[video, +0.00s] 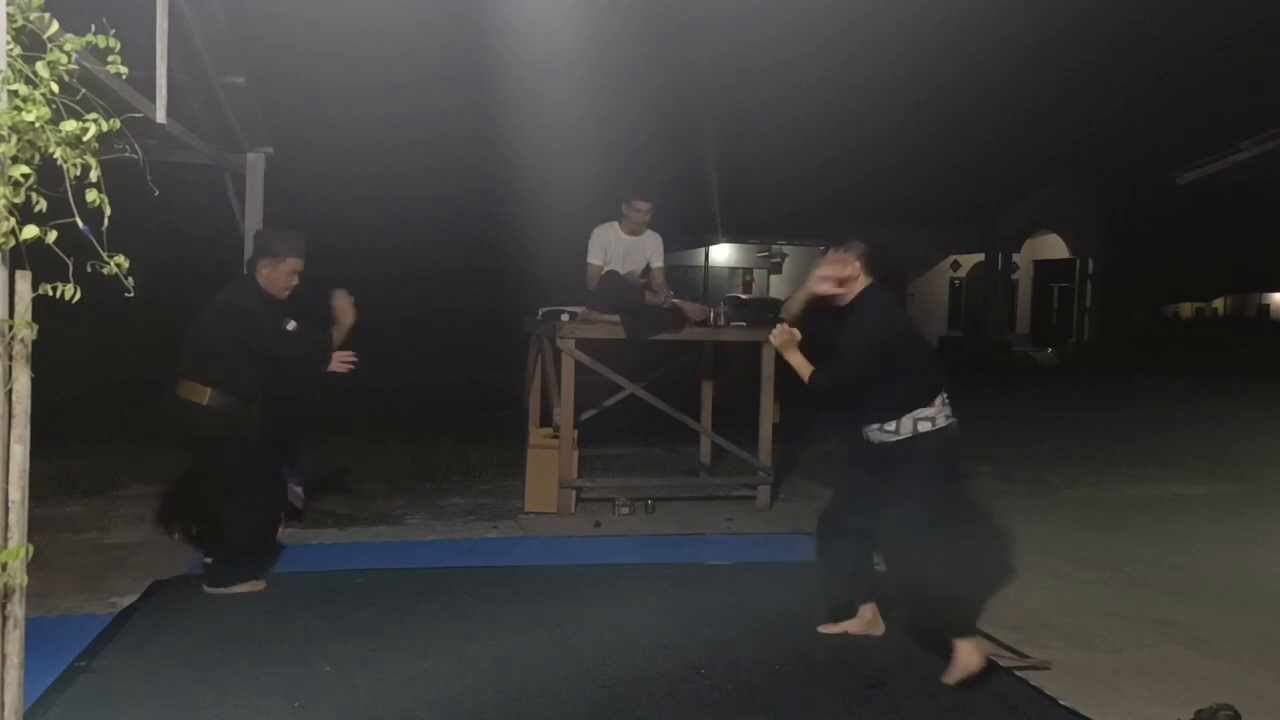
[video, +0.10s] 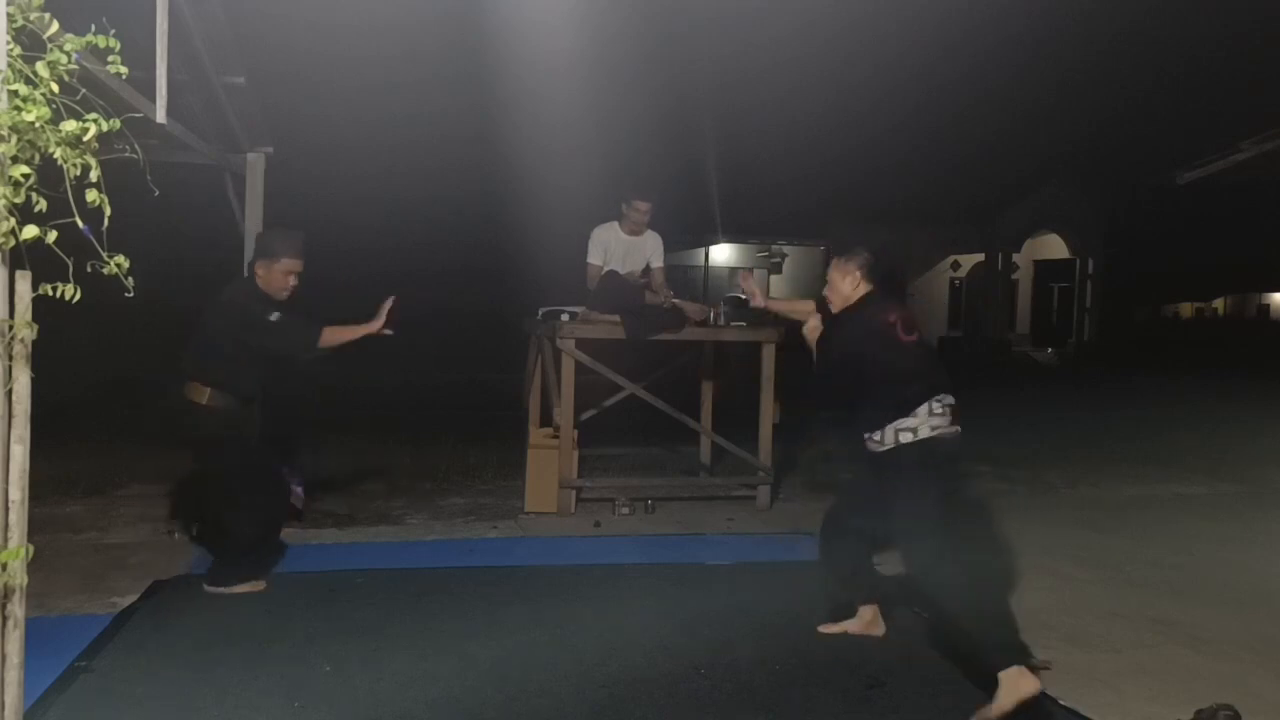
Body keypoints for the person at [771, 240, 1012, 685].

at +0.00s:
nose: (827, 274)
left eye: (838, 264)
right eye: (825, 266)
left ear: (859, 272)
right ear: (825, 273)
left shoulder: (876, 314)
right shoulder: (844, 310)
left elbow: (832, 389)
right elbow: (789, 322)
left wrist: (792, 354)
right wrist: (807, 289)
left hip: (922, 445)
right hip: (880, 444)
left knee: (908, 544)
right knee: (842, 524)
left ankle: (964, 642)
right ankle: (866, 613)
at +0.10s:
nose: (827, 284)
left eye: (832, 276)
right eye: (829, 276)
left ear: (855, 280)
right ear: (862, 279)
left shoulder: (853, 327)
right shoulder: (886, 308)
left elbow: (833, 389)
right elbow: (819, 310)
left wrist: (817, 347)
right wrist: (764, 302)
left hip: (911, 459)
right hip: (928, 451)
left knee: (932, 565)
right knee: (841, 526)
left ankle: (1010, 671)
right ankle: (864, 611)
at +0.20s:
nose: (830, 291)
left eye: (835, 283)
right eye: (833, 283)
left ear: (859, 283)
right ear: (868, 281)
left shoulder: (848, 333)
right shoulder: (899, 310)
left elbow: (813, 404)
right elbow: (833, 314)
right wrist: (776, 312)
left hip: (911, 466)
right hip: (934, 455)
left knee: (943, 572)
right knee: (848, 526)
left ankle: (1025, 687)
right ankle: (866, 612)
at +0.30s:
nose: (836, 298)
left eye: (841, 289)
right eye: (837, 290)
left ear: (867, 288)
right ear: (874, 286)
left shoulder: (858, 335)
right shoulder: (917, 317)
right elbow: (865, 321)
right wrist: (820, 324)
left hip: (916, 473)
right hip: (939, 464)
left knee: (946, 582)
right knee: (853, 526)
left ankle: (1030, 702)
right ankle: (864, 612)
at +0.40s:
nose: (843, 299)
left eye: (848, 290)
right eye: (843, 290)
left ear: (873, 286)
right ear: (884, 285)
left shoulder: (857, 336)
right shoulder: (931, 320)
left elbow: (845, 406)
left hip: (915, 476)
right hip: (956, 471)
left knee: (954, 592)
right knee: (865, 526)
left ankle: (1030, 701)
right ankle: (864, 611)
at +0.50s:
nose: (846, 295)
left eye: (852, 285)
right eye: (847, 285)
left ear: (878, 282)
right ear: (887, 282)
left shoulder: (864, 333)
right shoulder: (933, 318)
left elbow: (852, 409)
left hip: (923, 477)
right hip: (957, 472)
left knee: (954, 596)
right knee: (870, 524)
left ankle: (1030, 703)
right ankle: (867, 613)